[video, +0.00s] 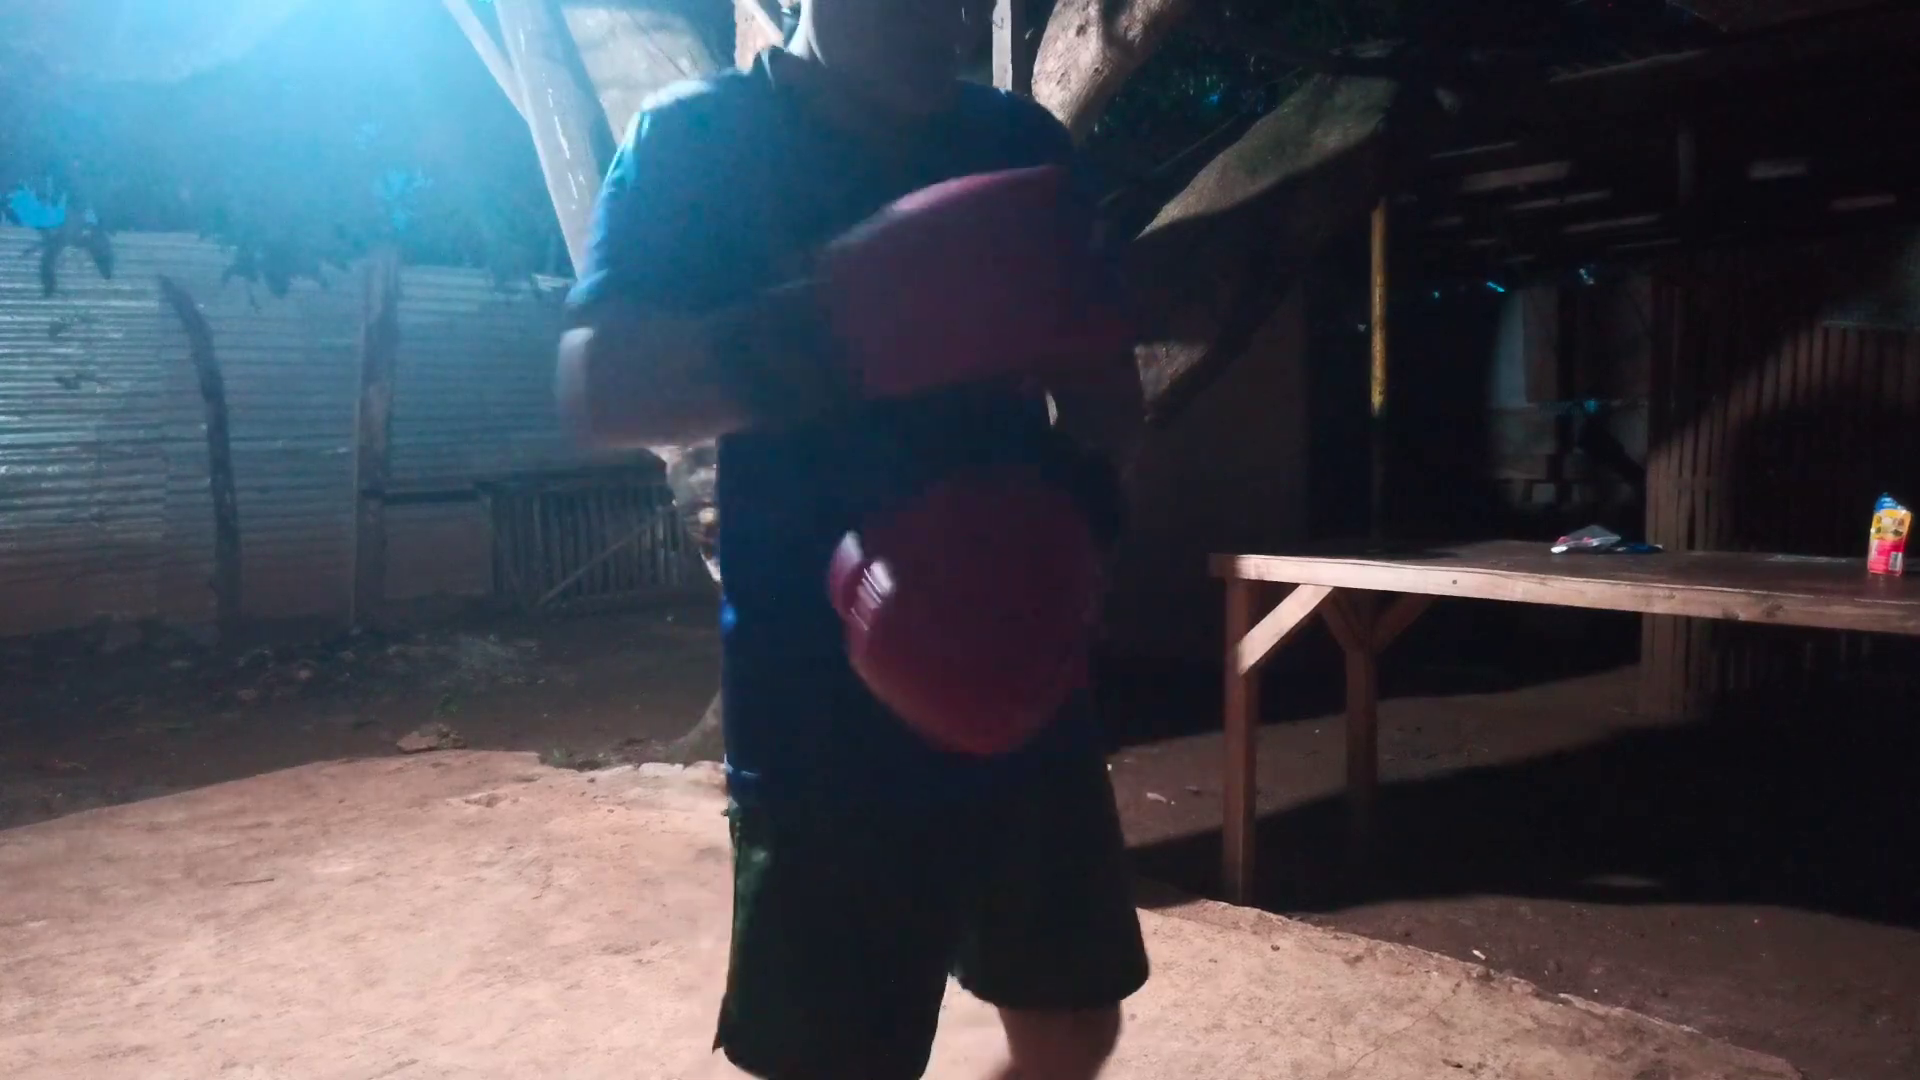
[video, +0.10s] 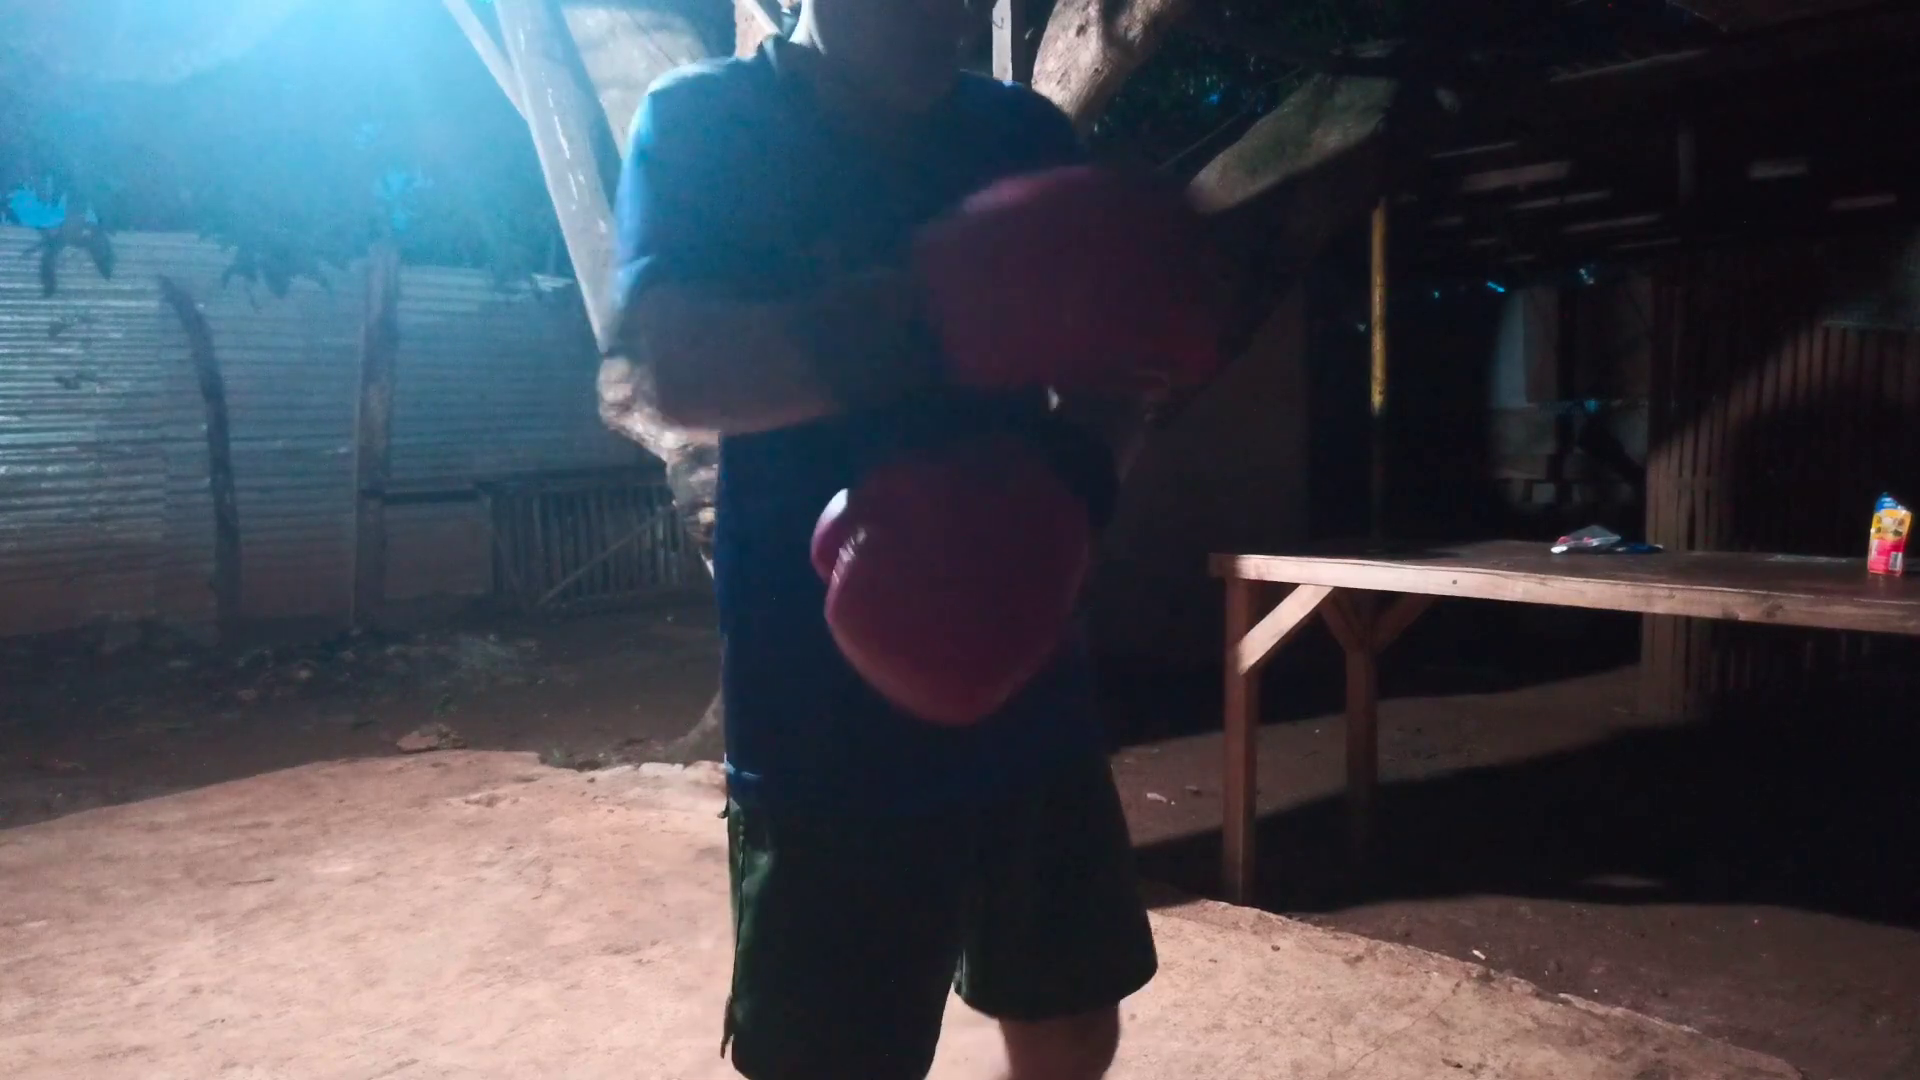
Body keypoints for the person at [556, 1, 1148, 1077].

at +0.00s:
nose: (951, 12)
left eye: (966, 3)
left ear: (979, 6)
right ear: (815, 2)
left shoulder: (1018, 141)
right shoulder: (702, 135)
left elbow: (1106, 394)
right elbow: (599, 390)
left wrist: (1057, 533)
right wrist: (849, 317)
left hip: (1025, 678)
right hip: (817, 702)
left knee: (1070, 1030)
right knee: (831, 1056)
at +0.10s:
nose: (960, 13)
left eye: (972, 3)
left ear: (984, 6)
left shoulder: (1026, 133)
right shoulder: (706, 119)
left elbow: (1115, 364)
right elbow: (665, 373)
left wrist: (1045, 491)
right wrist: (940, 315)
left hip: (1031, 695)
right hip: (818, 716)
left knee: (1071, 1032)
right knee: (825, 1057)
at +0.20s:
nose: (959, 18)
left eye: (979, 4)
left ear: (997, 7)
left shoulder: (1042, 130)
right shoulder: (721, 107)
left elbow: (1124, 356)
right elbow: (738, 341)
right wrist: (1011, 330)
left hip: (1039, 681)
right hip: (830, 694)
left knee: (1059, 1033)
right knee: (830, 1057)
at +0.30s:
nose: (977, 9)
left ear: (1027, 7)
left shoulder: (1071, 141)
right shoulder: (748, 105)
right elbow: (778, 328)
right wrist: (1057, 333)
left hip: (1058, 688)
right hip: (853, 690)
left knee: (1074, 1026)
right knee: (849, 1054)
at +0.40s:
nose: (1008, 9)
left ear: (1045, 10)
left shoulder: (1096, 145)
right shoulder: (781, 107)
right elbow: (830, 319)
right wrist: (1088, 355)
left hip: (1078, 689)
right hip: (880, 689)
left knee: (1076, 1015)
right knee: (886, 1052)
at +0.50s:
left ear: (1054, 3)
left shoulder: (1128, 148)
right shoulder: (816, 106)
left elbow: (1209, 383)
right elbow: (865, 315)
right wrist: (1108, 400)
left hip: (1094, 660)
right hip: (892, 659)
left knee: (1079, 979)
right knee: (905, 1032)